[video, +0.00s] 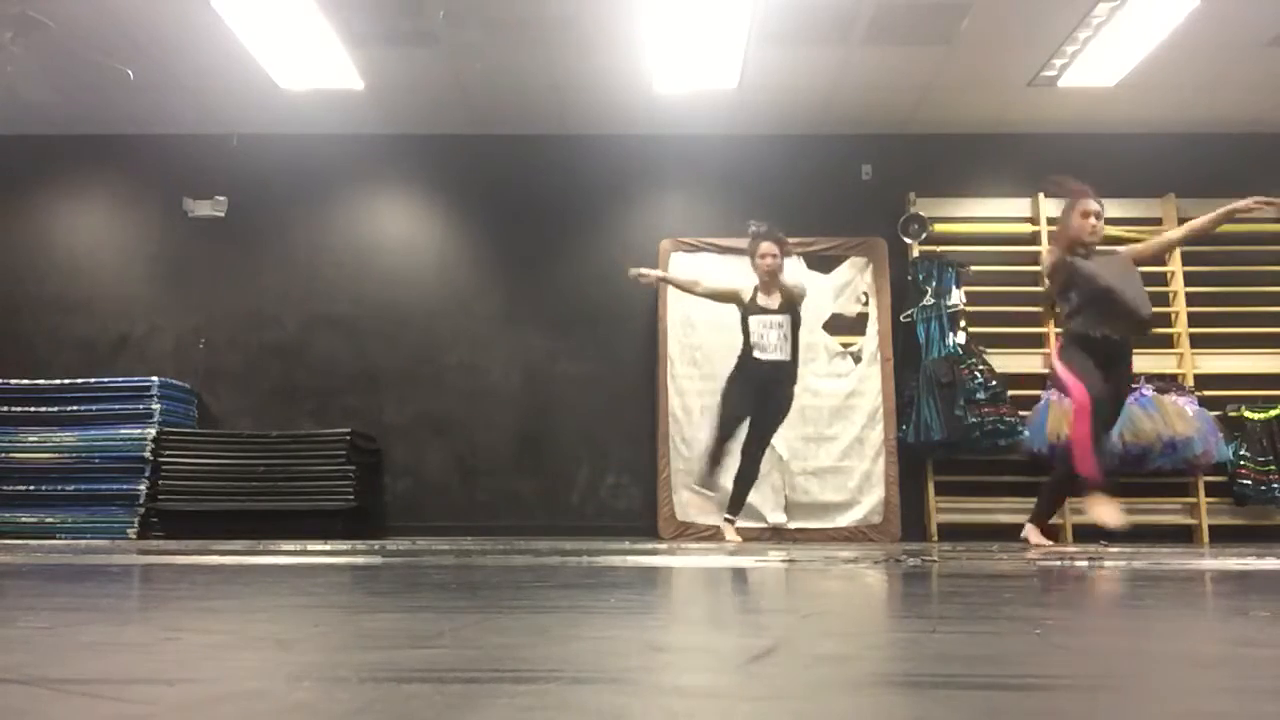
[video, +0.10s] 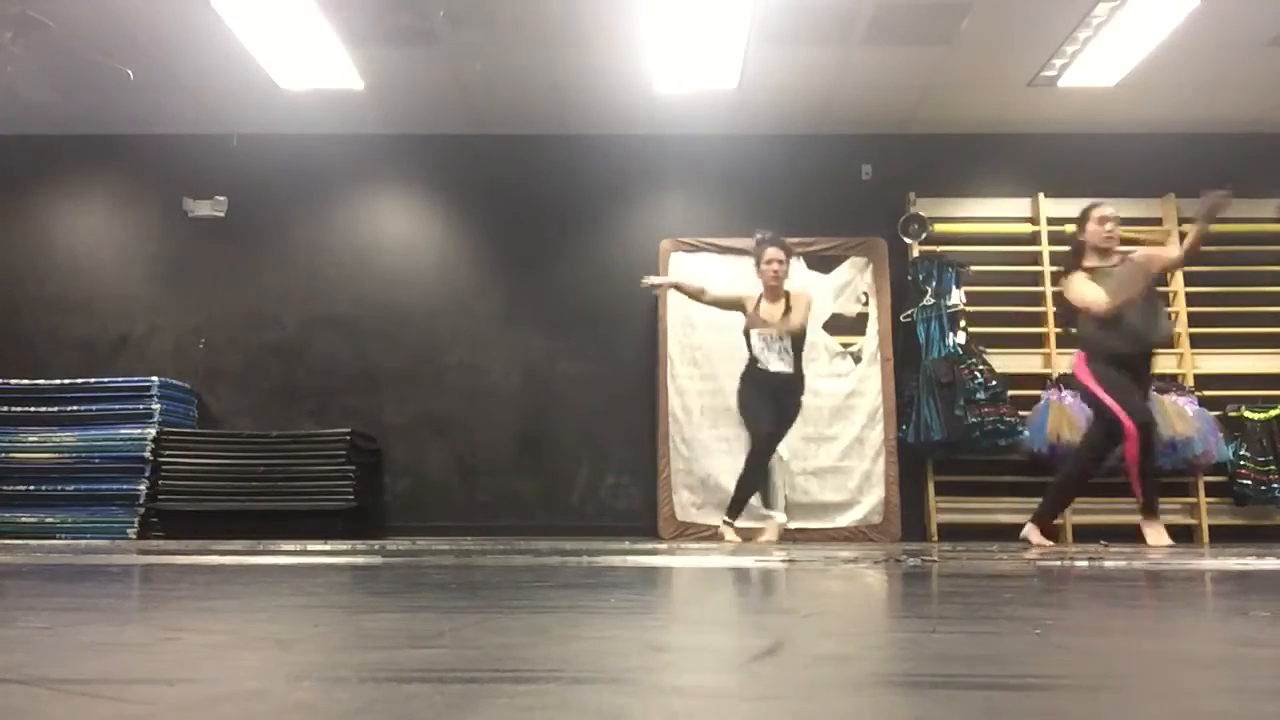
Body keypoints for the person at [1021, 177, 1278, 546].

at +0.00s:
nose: (1094, 222)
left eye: (1100, 217)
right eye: (1086, 215)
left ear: (1104, 226)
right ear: (1067, 222)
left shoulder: (1117, 258)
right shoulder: (1059, 262)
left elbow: (1173, 237)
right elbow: (1052, 260)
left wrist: (1229, 210)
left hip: (1118, 358)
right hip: (1075, 350)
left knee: (1084, 441)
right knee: (1086, 398)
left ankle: (1035, 524)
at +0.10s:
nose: (1111, 227)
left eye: (1115, 222)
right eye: (1102, 222)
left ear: (1121, 229)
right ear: (1083, 233)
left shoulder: (1137, 258)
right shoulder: (1076, 280)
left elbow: (1179, 254)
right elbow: (1103, 301)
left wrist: (1203, 221)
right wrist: (1140, 278)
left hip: (1135, 370)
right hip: (1094, 366)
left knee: (1093, 449)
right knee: (1138, 419)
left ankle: (1037, 524)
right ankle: (1150, 519)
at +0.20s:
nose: (1144, 212)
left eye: (1148, 205)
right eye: (1134, 208)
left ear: (1158, 212)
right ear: (1118, 221)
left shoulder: (1176, 249)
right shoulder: (1112, 273)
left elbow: (1182, 277)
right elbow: (1093, 333)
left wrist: (1172, 241)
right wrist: (1141, 348)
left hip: (1163, 358)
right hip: (1120, 357)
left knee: (1154, 441)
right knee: (1152, 430)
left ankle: (1073, 507)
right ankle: (1146, 526)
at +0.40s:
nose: (1222, 199)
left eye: (1227, 192)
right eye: (1213, 193)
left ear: (1235, 198)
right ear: (1196, 199)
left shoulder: (1250, 242)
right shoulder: (1173, 232)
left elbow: (1256, 299)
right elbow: (1110, 236)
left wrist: (1238, 346)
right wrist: (1086, 265)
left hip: (1227, 348)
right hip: (1179, 346)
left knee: (1272, 412)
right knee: (1171, 429)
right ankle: (1148, 525)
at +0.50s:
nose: (1249, 214)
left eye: (1252, 207)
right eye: (1239, 207)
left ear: (1256, 214)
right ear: (1218, 215)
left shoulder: (1270, 250)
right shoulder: (1203, 262)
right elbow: (1140, 284)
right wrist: (1115, 250)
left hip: (1266, 357)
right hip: (1217, 357)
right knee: (1189, 432)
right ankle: (1147, 519)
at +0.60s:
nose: (1270, 233)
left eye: (1273, 226)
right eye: (1260, 228)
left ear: (1279, 236)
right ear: (1242, 241)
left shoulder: (1276, 285)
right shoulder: (1237, 291)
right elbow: (1225, 345)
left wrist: (1177, 335)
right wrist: (1177, 334)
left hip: (1271, 375)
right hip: (1236, 371)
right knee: (1202, 439)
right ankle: (1152, 519)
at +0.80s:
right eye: (1279, 253)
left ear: (1273, 256)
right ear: (1276, 256)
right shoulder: (1268, 286)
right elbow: (1242, 343)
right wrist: (1277, 353)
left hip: (1262, 382)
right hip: (1222, 377)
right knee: (1217, 445)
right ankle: (1162, 528)